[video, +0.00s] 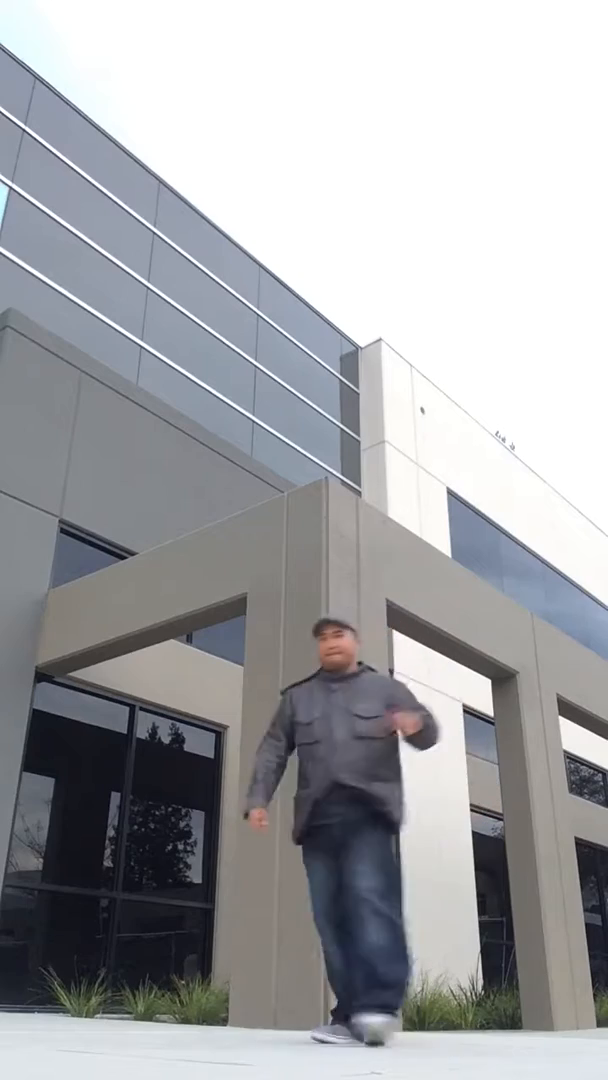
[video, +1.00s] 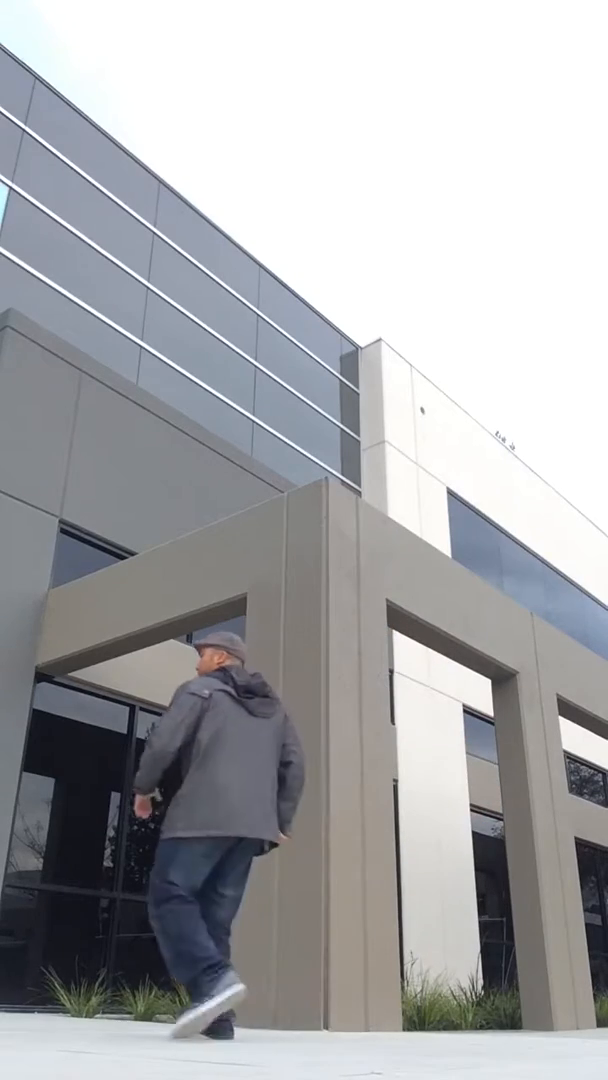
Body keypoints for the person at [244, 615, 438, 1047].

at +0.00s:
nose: (332, 642)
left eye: (340, 635)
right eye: (324, 637)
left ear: (357, 643)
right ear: (316, 649)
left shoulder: (386, 688)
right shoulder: (298, 697)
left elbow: (430, 736)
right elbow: (273, 748)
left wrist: (415, 724)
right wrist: (258, 799)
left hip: (369, 810)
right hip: (318, 814)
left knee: (368, 899)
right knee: (328, 913)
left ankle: (379, 1008)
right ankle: (349, 1015)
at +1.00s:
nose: (197, 662)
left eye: (201, 655)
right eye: (199, 655)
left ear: (218, 656)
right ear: (236, 659)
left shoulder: (200, 690)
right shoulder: (273, 704)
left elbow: (164, 743)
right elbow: (294, 762)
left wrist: (143, 788)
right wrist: (282, 819)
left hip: (205, 812)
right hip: (256, 820)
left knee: (169, 895)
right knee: (217, 915)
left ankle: (212, 979)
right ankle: (217, 1020)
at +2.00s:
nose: (211, 563)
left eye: (221, 554)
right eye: (210, 557)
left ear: (253, 562)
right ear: (227, 570)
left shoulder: (263, 589)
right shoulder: (236, 614)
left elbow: (267, 633)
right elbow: (241, 699)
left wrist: (196, 643)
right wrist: (215, 757)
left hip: (258, 751)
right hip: (230, 758)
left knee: (268, 879)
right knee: (216, 885)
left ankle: (309, 1016)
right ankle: (215, 1021)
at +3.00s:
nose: (255, 559)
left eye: (262, 555)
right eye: (243, 552)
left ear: (268, 573)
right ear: (220, 566)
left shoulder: (269, 629)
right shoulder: (194, 610)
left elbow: (267, 693)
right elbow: (172, 667)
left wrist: (275, 717)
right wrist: (230, 711)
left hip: (251, 775)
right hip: (192, 768)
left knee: (258, 884)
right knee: (192, 880)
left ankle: (246, 1016)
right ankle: (170, 1019)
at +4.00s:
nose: (141, 595)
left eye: (151, 590)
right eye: (134, 591)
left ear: (168, 607)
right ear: (123, 607)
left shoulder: (187, 656)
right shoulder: (95, 655)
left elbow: (206, 717)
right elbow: (74, 707)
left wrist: (148, 707)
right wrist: (62, 738)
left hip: (138, 794)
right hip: (82, 787)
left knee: (117, 895)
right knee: (70, 897)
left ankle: (115, 1010)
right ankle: (61, 1011)